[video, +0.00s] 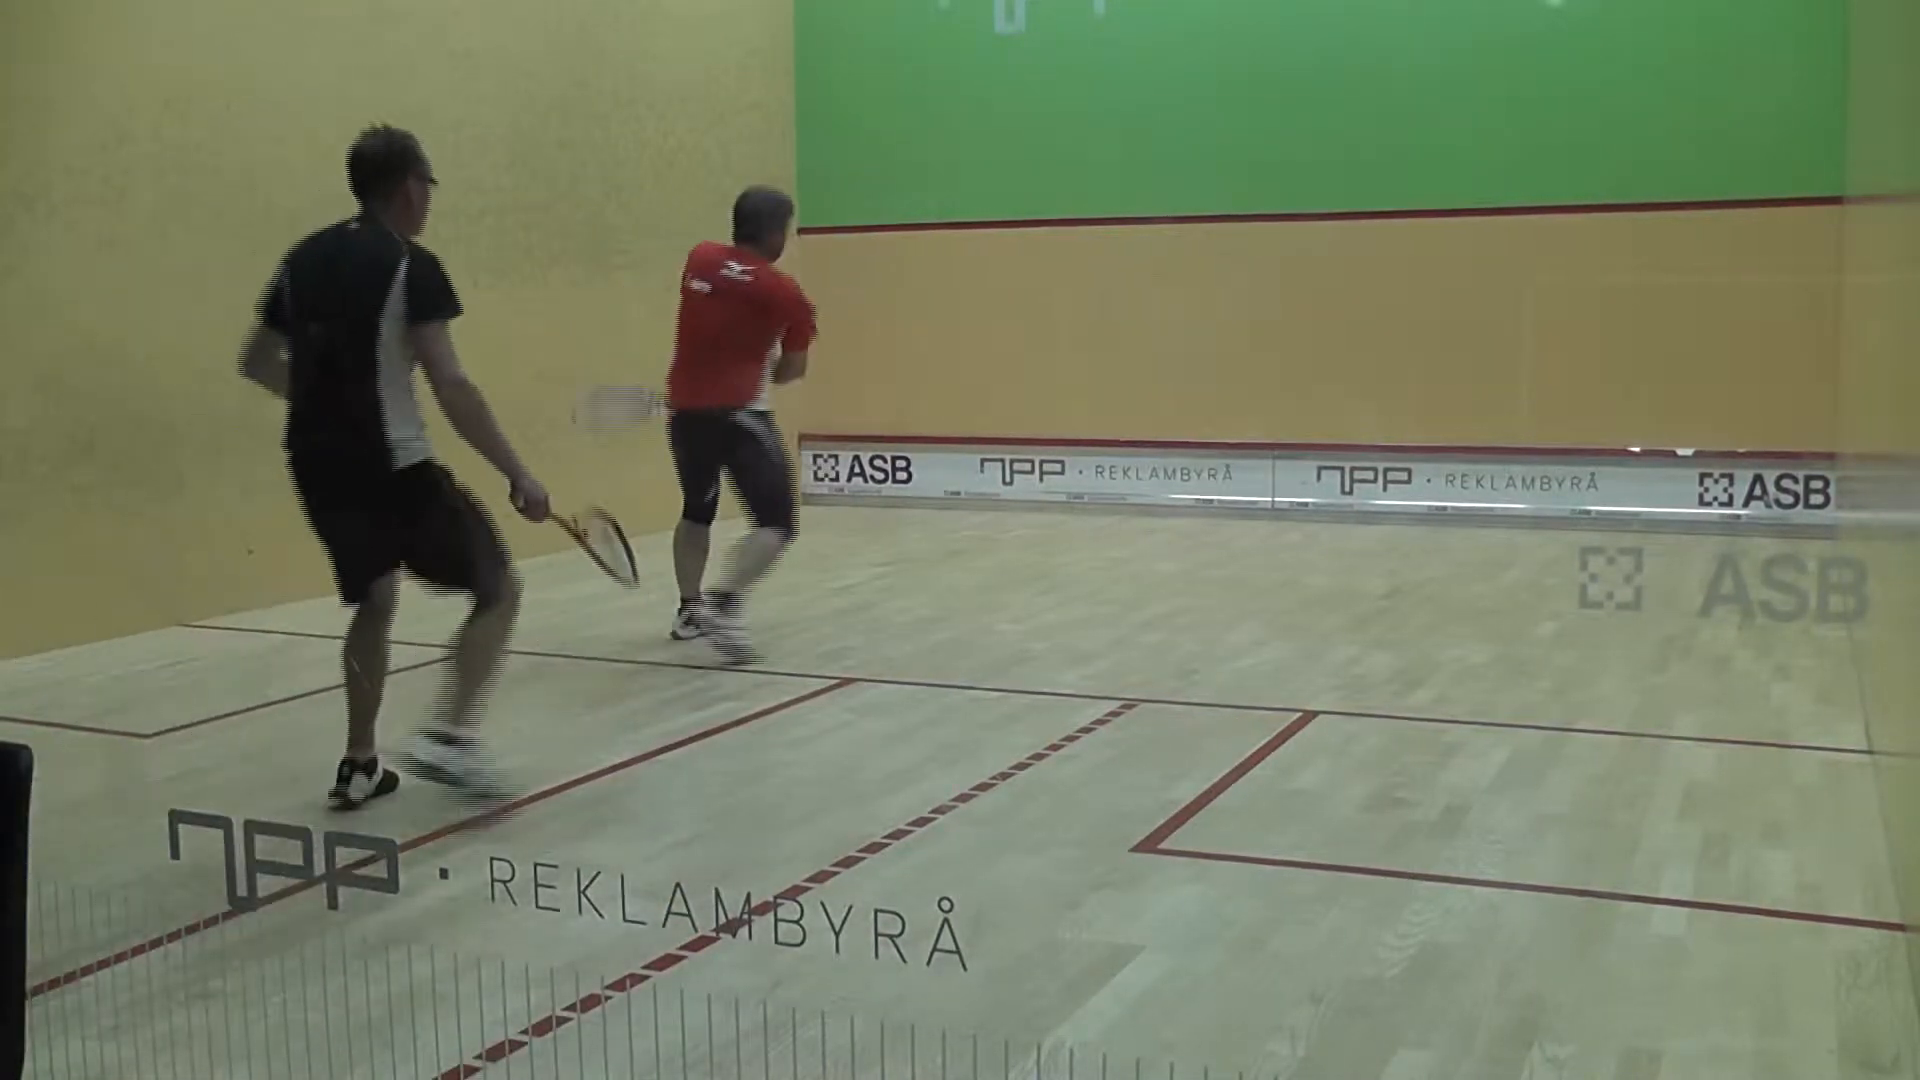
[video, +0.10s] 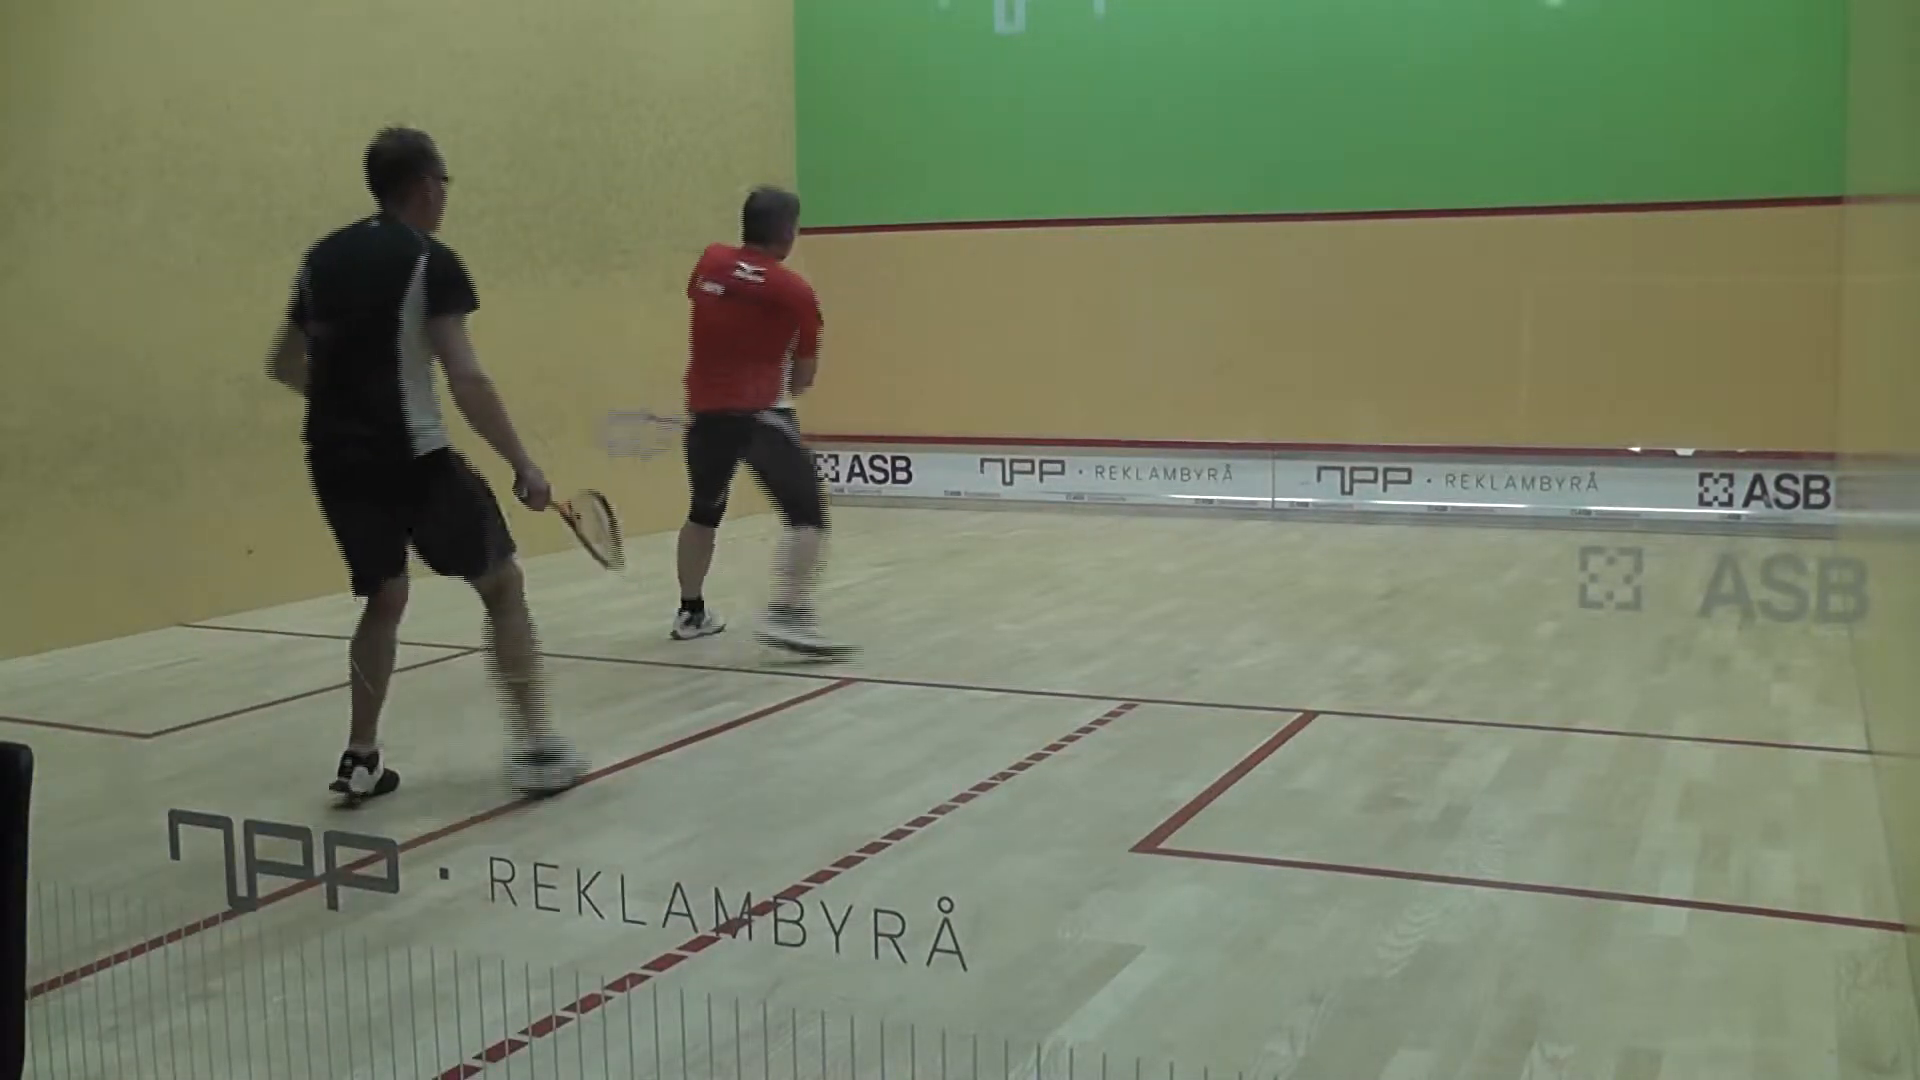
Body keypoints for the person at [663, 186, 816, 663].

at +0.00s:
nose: (790, 237)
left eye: (789, 228)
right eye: (789, 228)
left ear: (739, 227)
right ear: (778, 233)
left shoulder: (701, 257)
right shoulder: (784, 291)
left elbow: (708, 324)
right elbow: (792, 368)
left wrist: (759, 354)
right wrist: (753, 366)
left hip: (686, 412)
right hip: (739, 414)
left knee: (696, 509)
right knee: (777, 522)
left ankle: (689, 611)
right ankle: (721, 605)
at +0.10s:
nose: (796, 235)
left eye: (796, 228)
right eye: (795, 228)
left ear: (746, 227)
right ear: (788, 232)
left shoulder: (710, 262)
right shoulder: (795, 291)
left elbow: (715, 327)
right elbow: (803, 375)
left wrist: (774, 357)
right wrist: (783, 378)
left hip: (707, 417)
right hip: (762, 418)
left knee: (703, 510)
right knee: (806, 513)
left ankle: (690, 613)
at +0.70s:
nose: (890, 211)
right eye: (891, 204)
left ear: (843, 203)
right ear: (888, 208)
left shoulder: (810, 249)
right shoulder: (889, 265)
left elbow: (808, 315)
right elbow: (932, 347)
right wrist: (978, 399)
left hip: (807, 398)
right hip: (864, 402)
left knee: (791, 510)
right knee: (875, 517)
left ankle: (769, 623)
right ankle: (867, 637)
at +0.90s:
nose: (900, 215)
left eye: (899, 206)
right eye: (899, 207)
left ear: (850, 206)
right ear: (892, 210)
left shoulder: (828, 249)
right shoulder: (880, 262)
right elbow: (898, 352)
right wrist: (942, 405)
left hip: (813, 394)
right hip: (864, 399)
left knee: (805, 507)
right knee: (877, 517)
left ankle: (772, 621)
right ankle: (867, 637)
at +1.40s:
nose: (915, 259)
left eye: (916, 250)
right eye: (913, 250)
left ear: (870, 247)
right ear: (899, 250)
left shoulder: (847, 286)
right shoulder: (868, 288)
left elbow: (849, 374)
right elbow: (873, 363)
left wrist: (894, 423)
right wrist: (940, 409)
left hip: (800, 423)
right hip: (826, 424)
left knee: (830, 525)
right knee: (907, 510)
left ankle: (744, 598)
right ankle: (881, 629)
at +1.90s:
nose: (939, 276)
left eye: (942, 267)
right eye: (935, 266)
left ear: (911, 263)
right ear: (907, 260)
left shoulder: (909, 298)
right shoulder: (852, 302)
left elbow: (917, 348)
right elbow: (827, 380)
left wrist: (939, 392)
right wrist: (874, 425)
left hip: (858, 423)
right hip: (820, 420)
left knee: (836, 531)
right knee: (899, 513)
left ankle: (748, 593)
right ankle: (906, 636)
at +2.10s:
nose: (939, 258)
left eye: (942, 248)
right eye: (935, 247)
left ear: (898, 241)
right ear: (908, 243)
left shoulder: (861, 266)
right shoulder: (882, 301)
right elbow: (891, 396)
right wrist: (958, 430)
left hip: (806, 408)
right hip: (831, 414)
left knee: (827, 508)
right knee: (897, 510)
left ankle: (750, 592)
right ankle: (906, 636)